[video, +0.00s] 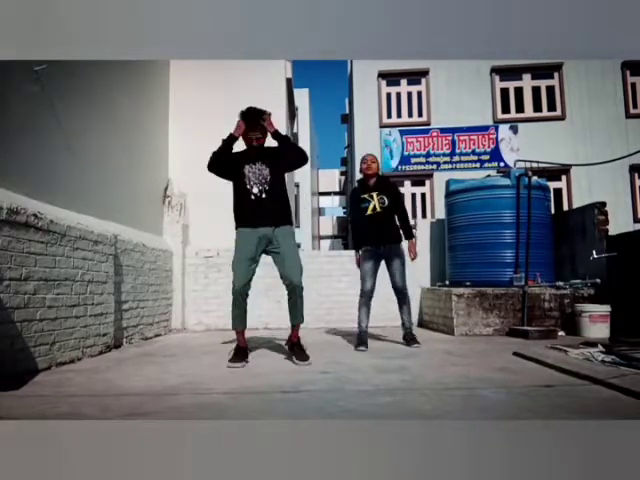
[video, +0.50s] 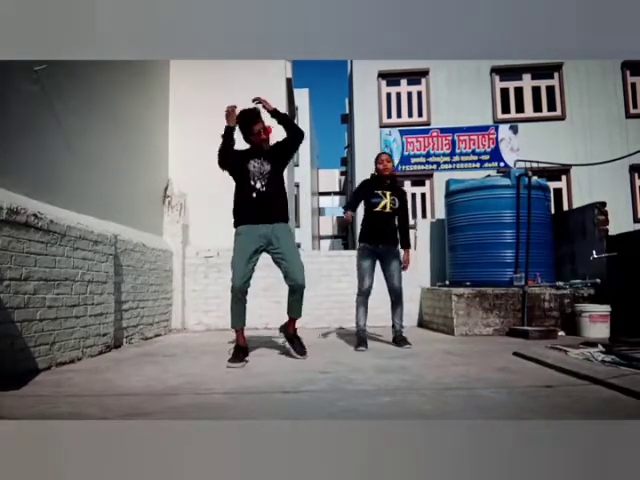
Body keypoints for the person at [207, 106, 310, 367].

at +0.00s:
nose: (256, 140)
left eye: (260, 135)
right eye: (251, 136)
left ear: (267, 134)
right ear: (243, 134)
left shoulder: (277, 155)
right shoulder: (236, 159)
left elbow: (301, 159)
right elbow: (213, 166)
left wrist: (276, 132)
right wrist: (233, 136)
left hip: (281, 229)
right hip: (248, 231)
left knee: (295, 283)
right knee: (239, 286)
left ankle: (295, 340)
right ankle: (241, 344)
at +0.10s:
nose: (253, 140)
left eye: (257, 135)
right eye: (249, 136)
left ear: (262, 133)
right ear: (241, 135)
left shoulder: (273, 155)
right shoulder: (234, 160)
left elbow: (296, 154)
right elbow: (213, 159)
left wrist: (270, 129)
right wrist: (232, 132)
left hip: (278, 228)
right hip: (246, 231)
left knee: (295, 283)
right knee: (237, 287)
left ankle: (299, 345)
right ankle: (240, 345)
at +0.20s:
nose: (251, 139)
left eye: (255, 135)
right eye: (246, 135)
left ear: (261, 135)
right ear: (239, 136)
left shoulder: (270, 155)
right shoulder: (230, 160)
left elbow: (291, 147)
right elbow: (213, 150)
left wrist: (268, 125)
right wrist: (231, 125)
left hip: (276, 229)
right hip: (245, 230)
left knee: (290, 284)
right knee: (237, 287)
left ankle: (305, 343)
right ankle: (240, 345)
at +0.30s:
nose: (254, 137)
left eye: (257, 133)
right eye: (250, 133)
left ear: (262, 132)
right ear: (241, 134)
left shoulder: (269, 151)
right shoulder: (230, 155)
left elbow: (290, 139)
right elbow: (216, 142)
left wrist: (267, 117)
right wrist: (231, 118)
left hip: (275, 227)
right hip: (245, 228)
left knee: (295, 279)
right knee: (239, 286)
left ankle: (301, 340)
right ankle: (241, 344)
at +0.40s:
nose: (261, 134)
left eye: (262, 129)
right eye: (255, 132)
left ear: (265, 127)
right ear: (245, 133)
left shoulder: (272, 150)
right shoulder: (234, 154)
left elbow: (292, 133)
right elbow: (219, 142)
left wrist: (268, 110)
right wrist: (231, 116)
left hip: (276, 225)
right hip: (246, 227)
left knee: (298, 276)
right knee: (239, 284)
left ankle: (294, 332)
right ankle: (241, 343)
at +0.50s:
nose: (265, 134)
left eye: (266, 129)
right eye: (258, 132)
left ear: (268, 128)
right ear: (247, 135)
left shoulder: (278, 154)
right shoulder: (238, 159)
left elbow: (297, 135)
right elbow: (223, 159)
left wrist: (274, 112)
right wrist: (230, 127)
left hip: (279, 227)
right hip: (248, 229)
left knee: (298, 282)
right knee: (239, 285)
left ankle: (291, 327)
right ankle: (240, 342)